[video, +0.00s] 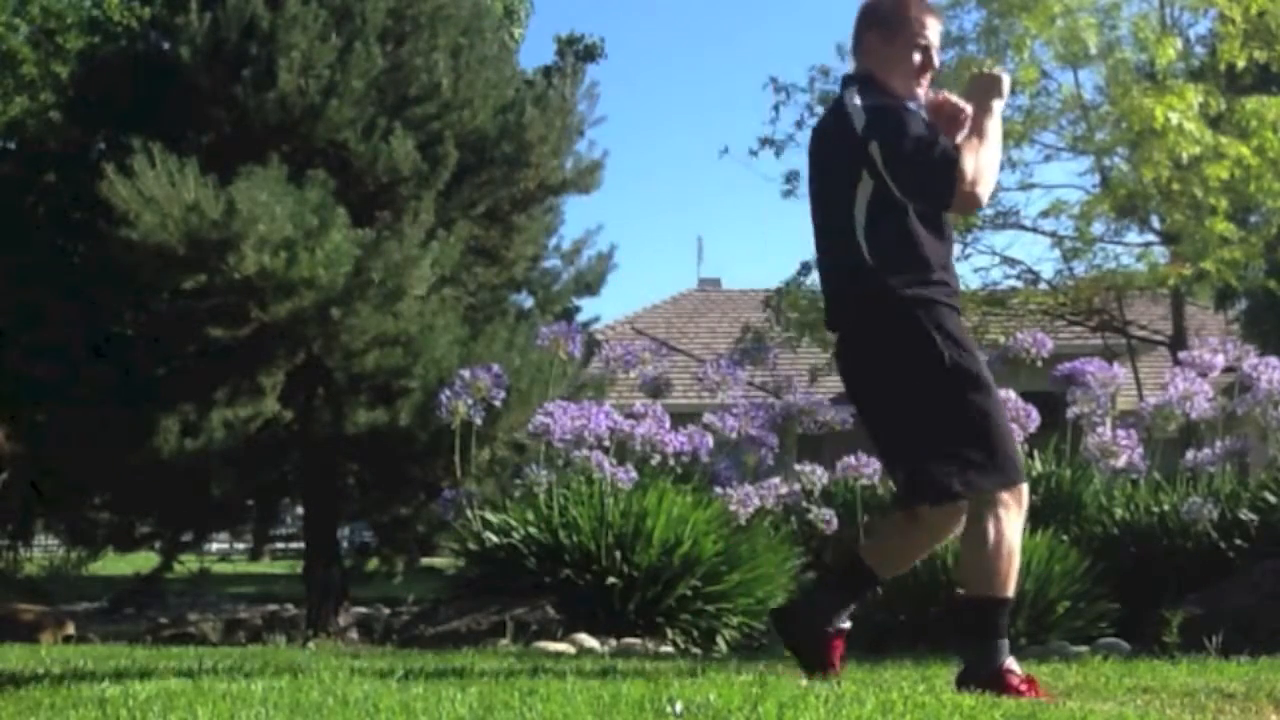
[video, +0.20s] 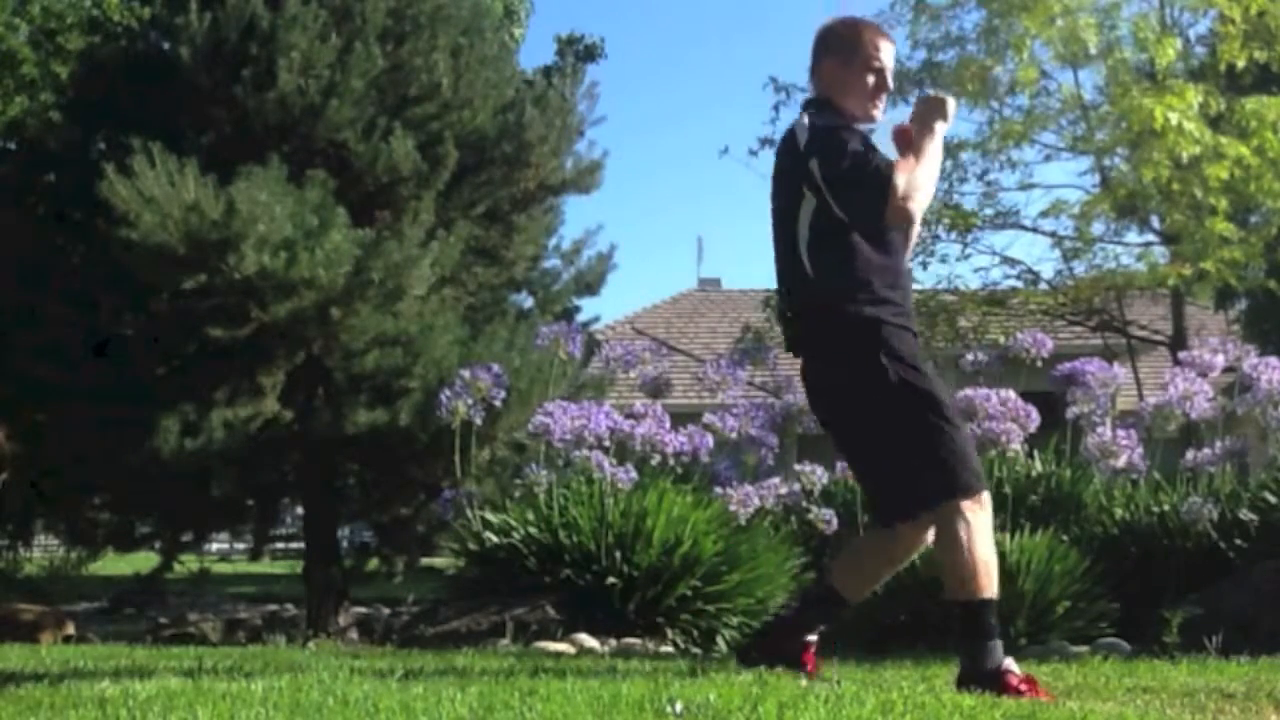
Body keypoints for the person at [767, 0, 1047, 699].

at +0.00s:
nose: (928, 57)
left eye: (933, 47)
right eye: (914, 42)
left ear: (935, 53)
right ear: (868, 42)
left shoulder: (846, 119)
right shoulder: (879, 117)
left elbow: (927, 199)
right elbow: (970, 189)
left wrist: (949, 133)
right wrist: (991, 111)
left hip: (873, 331)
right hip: (915, 323)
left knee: (941, 501)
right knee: (1002, 487)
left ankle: (815, 614)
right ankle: (987, 663)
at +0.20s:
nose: (883, 84)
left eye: (888, 74)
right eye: (872, 69)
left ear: (879, 83)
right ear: (827, 68)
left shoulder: (822, 139)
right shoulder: (830, 135)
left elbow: (894, 236)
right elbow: (898, 214)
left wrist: (913, 156)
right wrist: (927, 141)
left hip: (843, 347)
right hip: (871, 342)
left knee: (909, 521)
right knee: (965, 492)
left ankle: (789, 634)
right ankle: (985, 665)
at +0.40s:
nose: (832, 65)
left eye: (837, 56)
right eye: (819, 51)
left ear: (838, 68)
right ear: (776, 54)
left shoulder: (817, 140)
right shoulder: (750, 119)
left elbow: (871, 230)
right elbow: (797, 179)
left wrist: (874, 146)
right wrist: (851, 114)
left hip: (825, 331)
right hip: (779, 327)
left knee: (830, 495)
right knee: (863, 466)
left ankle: (767, 644)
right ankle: (888, 648)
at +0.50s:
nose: (806, 60)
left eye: (810, 50)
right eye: (791, 48)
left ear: (813, 61)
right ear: (750, 51)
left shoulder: (801, 135)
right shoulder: (715, 115)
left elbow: (854, 222)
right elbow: (760, 170)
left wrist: (856, 137)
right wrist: (814, 107)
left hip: (801, 326)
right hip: (743, 320)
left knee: (799, 482)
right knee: (814, 456)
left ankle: (770, 636)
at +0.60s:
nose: (778, 70)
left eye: (783, 59)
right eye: (764, 56)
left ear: (786, 69)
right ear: (721, 58)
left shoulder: (776, 147)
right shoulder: (681, 122)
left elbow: (833, 218)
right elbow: (729, 171)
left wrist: (829, 133)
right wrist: (783, 105)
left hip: (782, 330)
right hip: (713, 323)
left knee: (792, 489)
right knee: (751, 476)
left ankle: (758, 642)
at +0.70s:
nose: (742, 79)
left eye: (748, 68)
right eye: (731, 65)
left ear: (746, 74)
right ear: (687, 61)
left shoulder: (742, 150)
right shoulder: (647, 127)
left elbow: (799, 225)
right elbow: (692, 185)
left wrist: (795, 140)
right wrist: (744, 117)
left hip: (754, 335)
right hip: (681, 332)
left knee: (770, 494)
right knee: (673, 491)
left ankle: (756, 645)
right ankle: (565, 602)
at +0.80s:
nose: (703, 82)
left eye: (709, 73)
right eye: (692, 68)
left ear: (709, 78)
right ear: (648, 64)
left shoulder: (703, 151)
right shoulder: (610, 132)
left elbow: (758, 235)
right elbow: (654, 204)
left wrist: (759, 156)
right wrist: (713, 137)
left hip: (719, 345)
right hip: (636, 345)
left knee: (746, 499)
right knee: (600, 497)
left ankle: (752, 647)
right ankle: (517, 606)